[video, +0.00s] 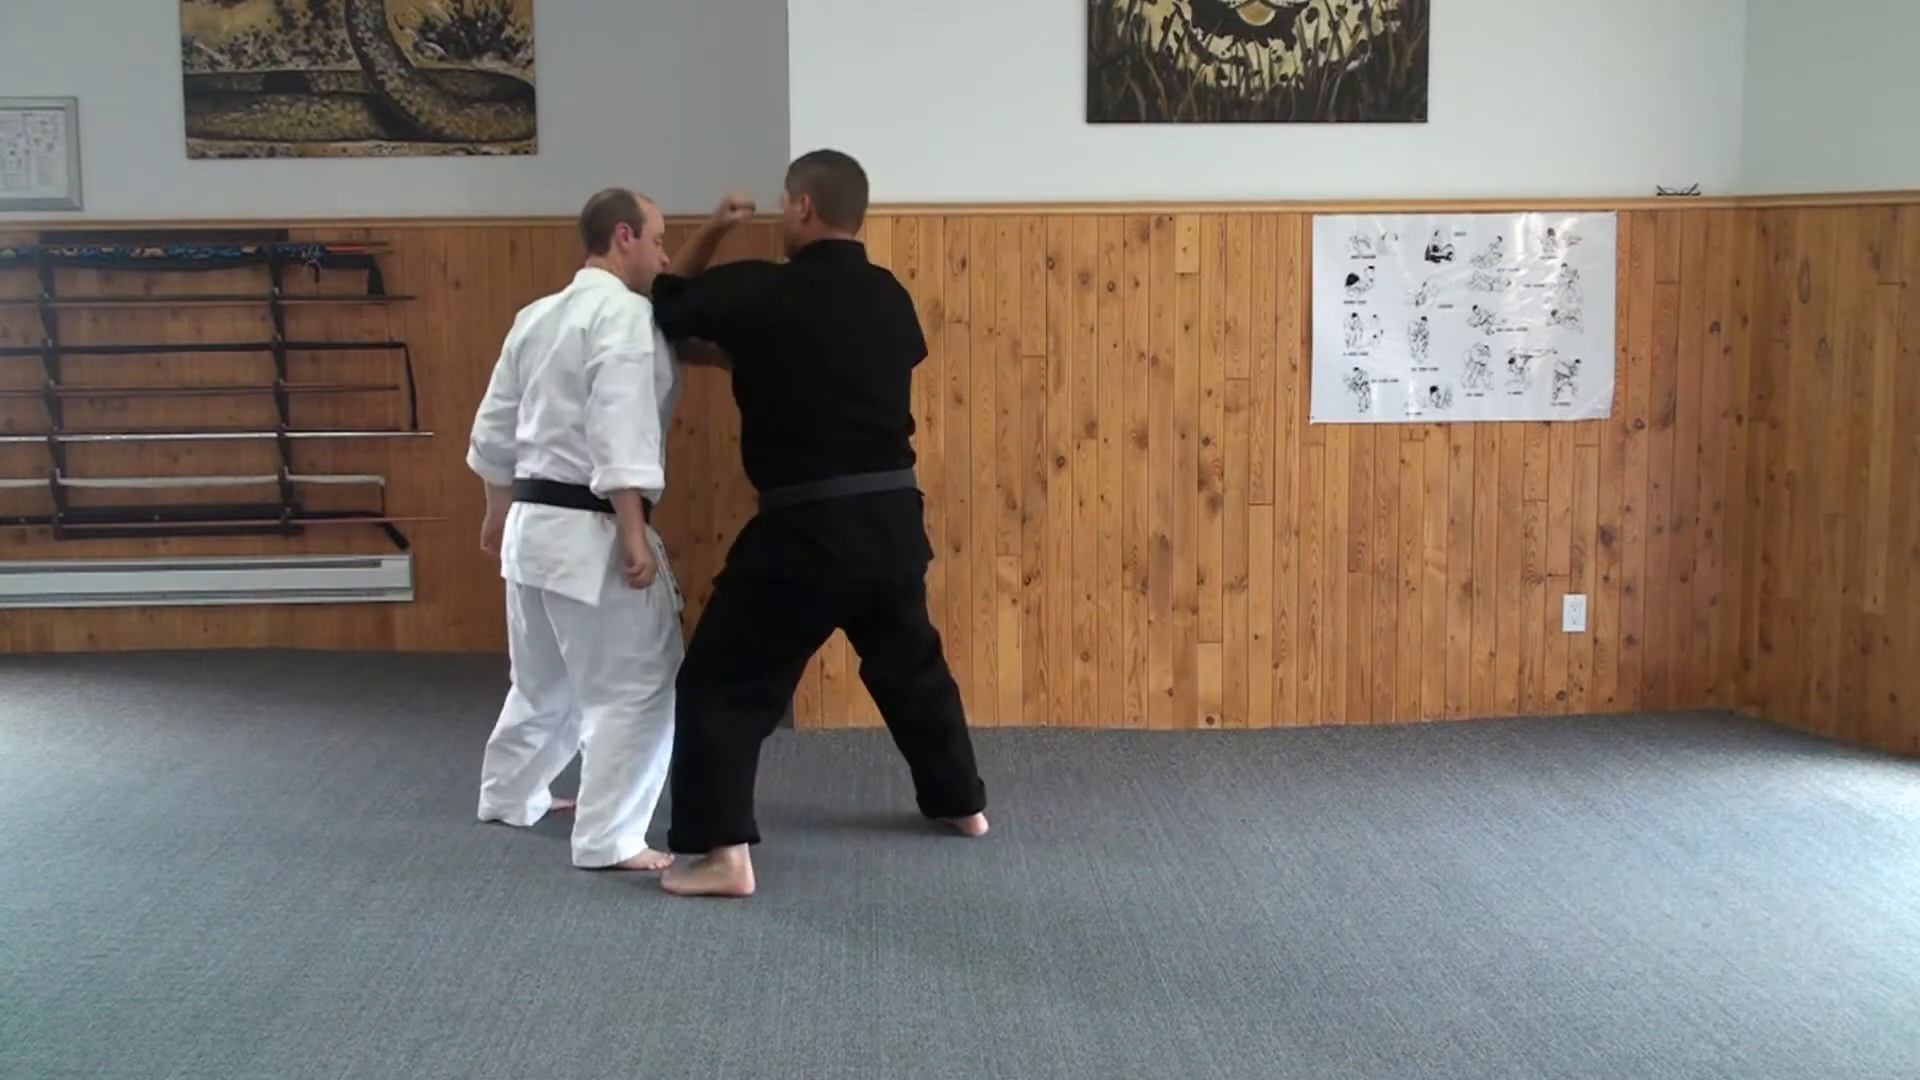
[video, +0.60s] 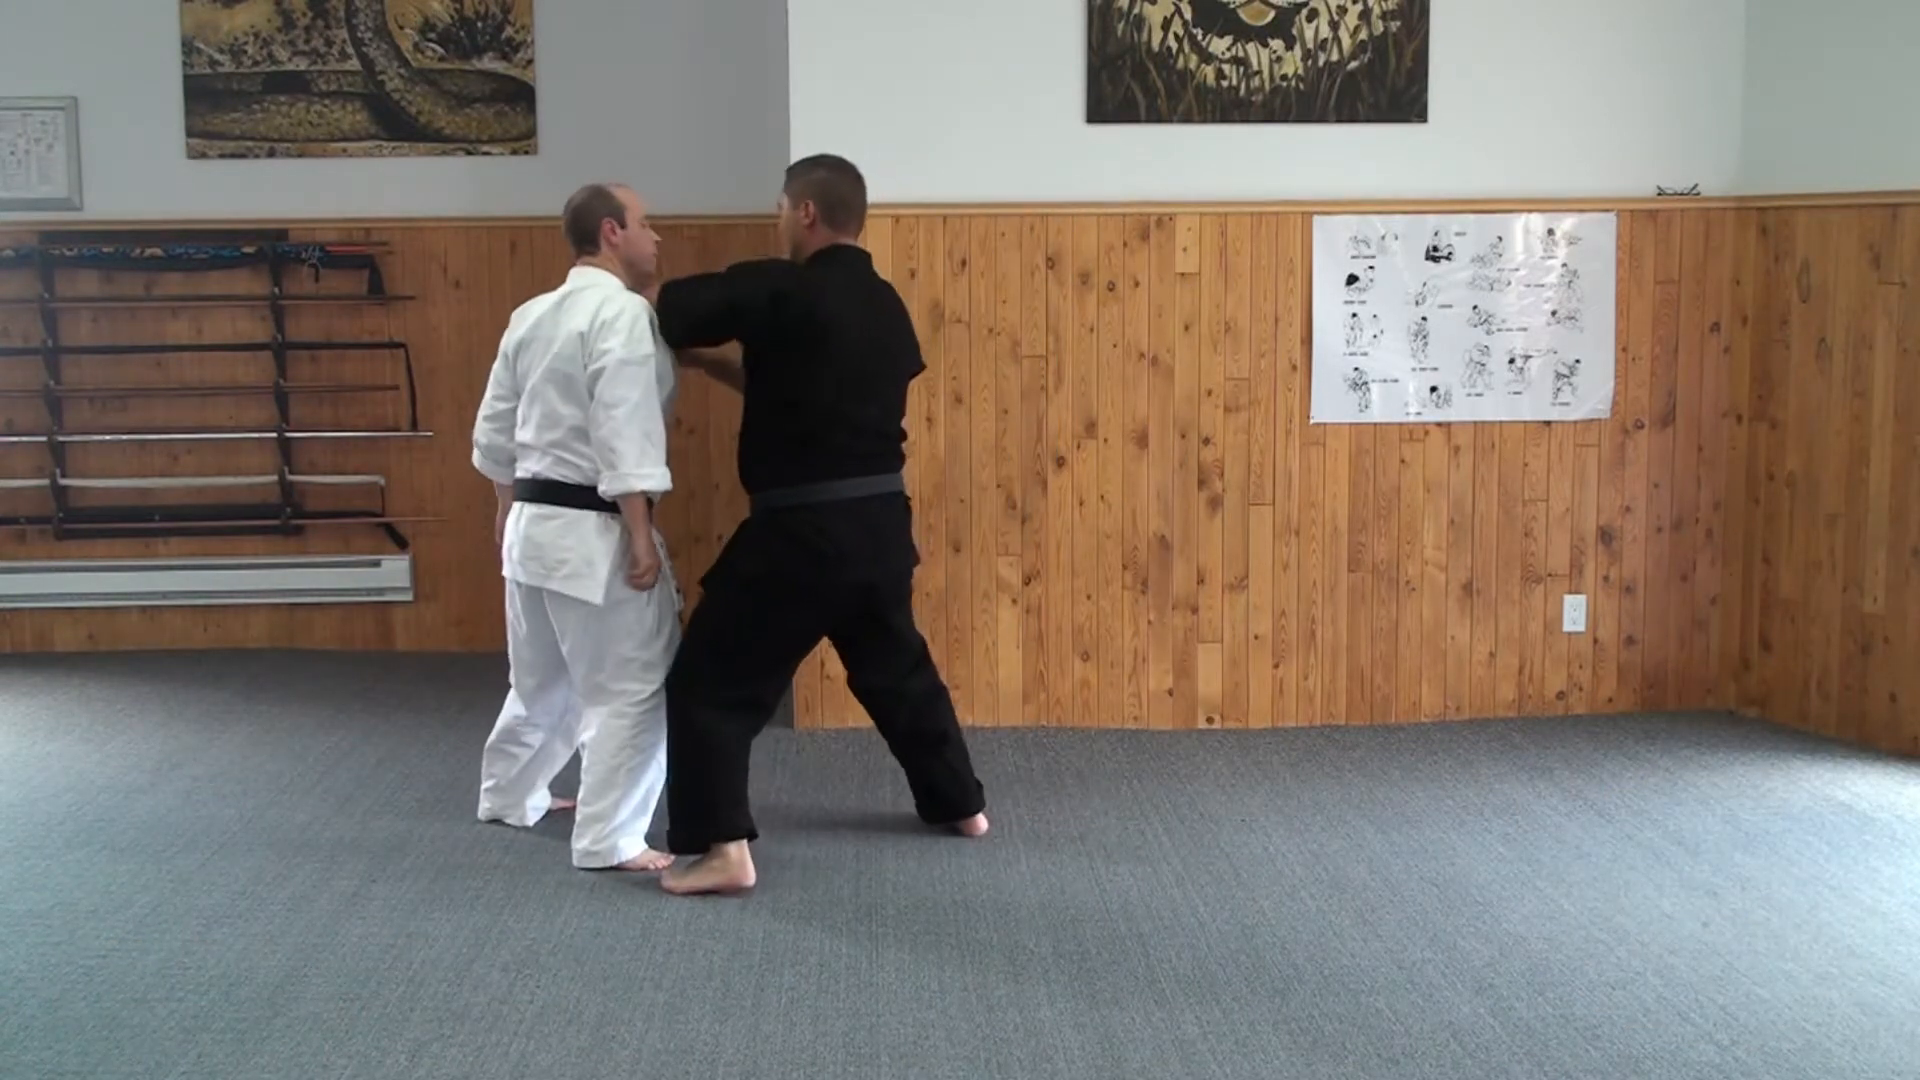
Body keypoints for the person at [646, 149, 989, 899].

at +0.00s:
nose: (781, 213)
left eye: (785, 202)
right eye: (788, 202)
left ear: (802, 209)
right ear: (858, 217)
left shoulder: (761, 292)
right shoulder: (889, 294)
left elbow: (669, 304)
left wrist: (715, 232)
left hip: (800, 528)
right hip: (893, 522)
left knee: (716, 681)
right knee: (910, 662)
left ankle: (724, 854)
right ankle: (963, 805)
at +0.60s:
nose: (782, 223)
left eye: (784, 211)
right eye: (787, 210)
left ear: (804, 214)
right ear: (857, 220)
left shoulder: (779, 289)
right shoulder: (887, 304)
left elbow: (668, 309)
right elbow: (797, 387)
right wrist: (698, 357)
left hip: (792, 531)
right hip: (879, 525)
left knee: (705, 683)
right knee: (897, 666)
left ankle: (723, 849)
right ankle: (962, 806)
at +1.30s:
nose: (734, 374)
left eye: (735, 362)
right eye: (733, 364)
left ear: (760, 347)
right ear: (795, 338)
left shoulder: (772, 381)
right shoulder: (862, 377)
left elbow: (662, 339)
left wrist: (590, 301)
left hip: (907, 594)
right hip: (950, 572)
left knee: (981, 736)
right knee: (834, 648)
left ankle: (1136, 880)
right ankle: (832, 804)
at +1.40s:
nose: (732, 379)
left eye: (733, 368)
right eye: (732, 369)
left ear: (759, 353)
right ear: (793, 344)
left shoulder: (767, 384)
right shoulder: (858, 381)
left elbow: (659, 347)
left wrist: (593, 307)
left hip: (905, 595)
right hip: (950, 574)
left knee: (993, 740)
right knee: (838, 658)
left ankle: (1140, 882)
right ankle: (827, 807)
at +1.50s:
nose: (729, 361)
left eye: (730, 351)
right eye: (731, 352)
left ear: (752, 340)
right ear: (792, 330)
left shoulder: (762, 373)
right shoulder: (853, 371)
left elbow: (647, 341)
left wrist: (579, 307)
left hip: (894, 586)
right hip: (938, 566)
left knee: (968, 730)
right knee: (825, 653)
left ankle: (1121, 865)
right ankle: (826, 807)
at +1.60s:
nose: (730, 333)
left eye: (731, 322)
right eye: (728, 324)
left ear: (754, 307)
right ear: (788, 304)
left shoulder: (758, 344)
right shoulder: (841, 346)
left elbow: (636, 336)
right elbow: (731, 415)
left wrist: (571, 312)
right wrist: (648, 381)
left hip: (876, 560)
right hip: (921, 546)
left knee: (908, 733)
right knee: (809, 659)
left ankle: (1060, 835)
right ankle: (823, 810)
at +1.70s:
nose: (729, 306)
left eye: (730, 292)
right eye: (727, 296)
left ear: (753, 273)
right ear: (785, 273)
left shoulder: (775, 311)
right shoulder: (828, 328)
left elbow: (628, 331)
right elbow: (722, 411)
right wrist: (642, 381)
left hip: (862, 532)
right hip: (889, 526)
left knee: (823, 704)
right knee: (804, 663)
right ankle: (820, 807)